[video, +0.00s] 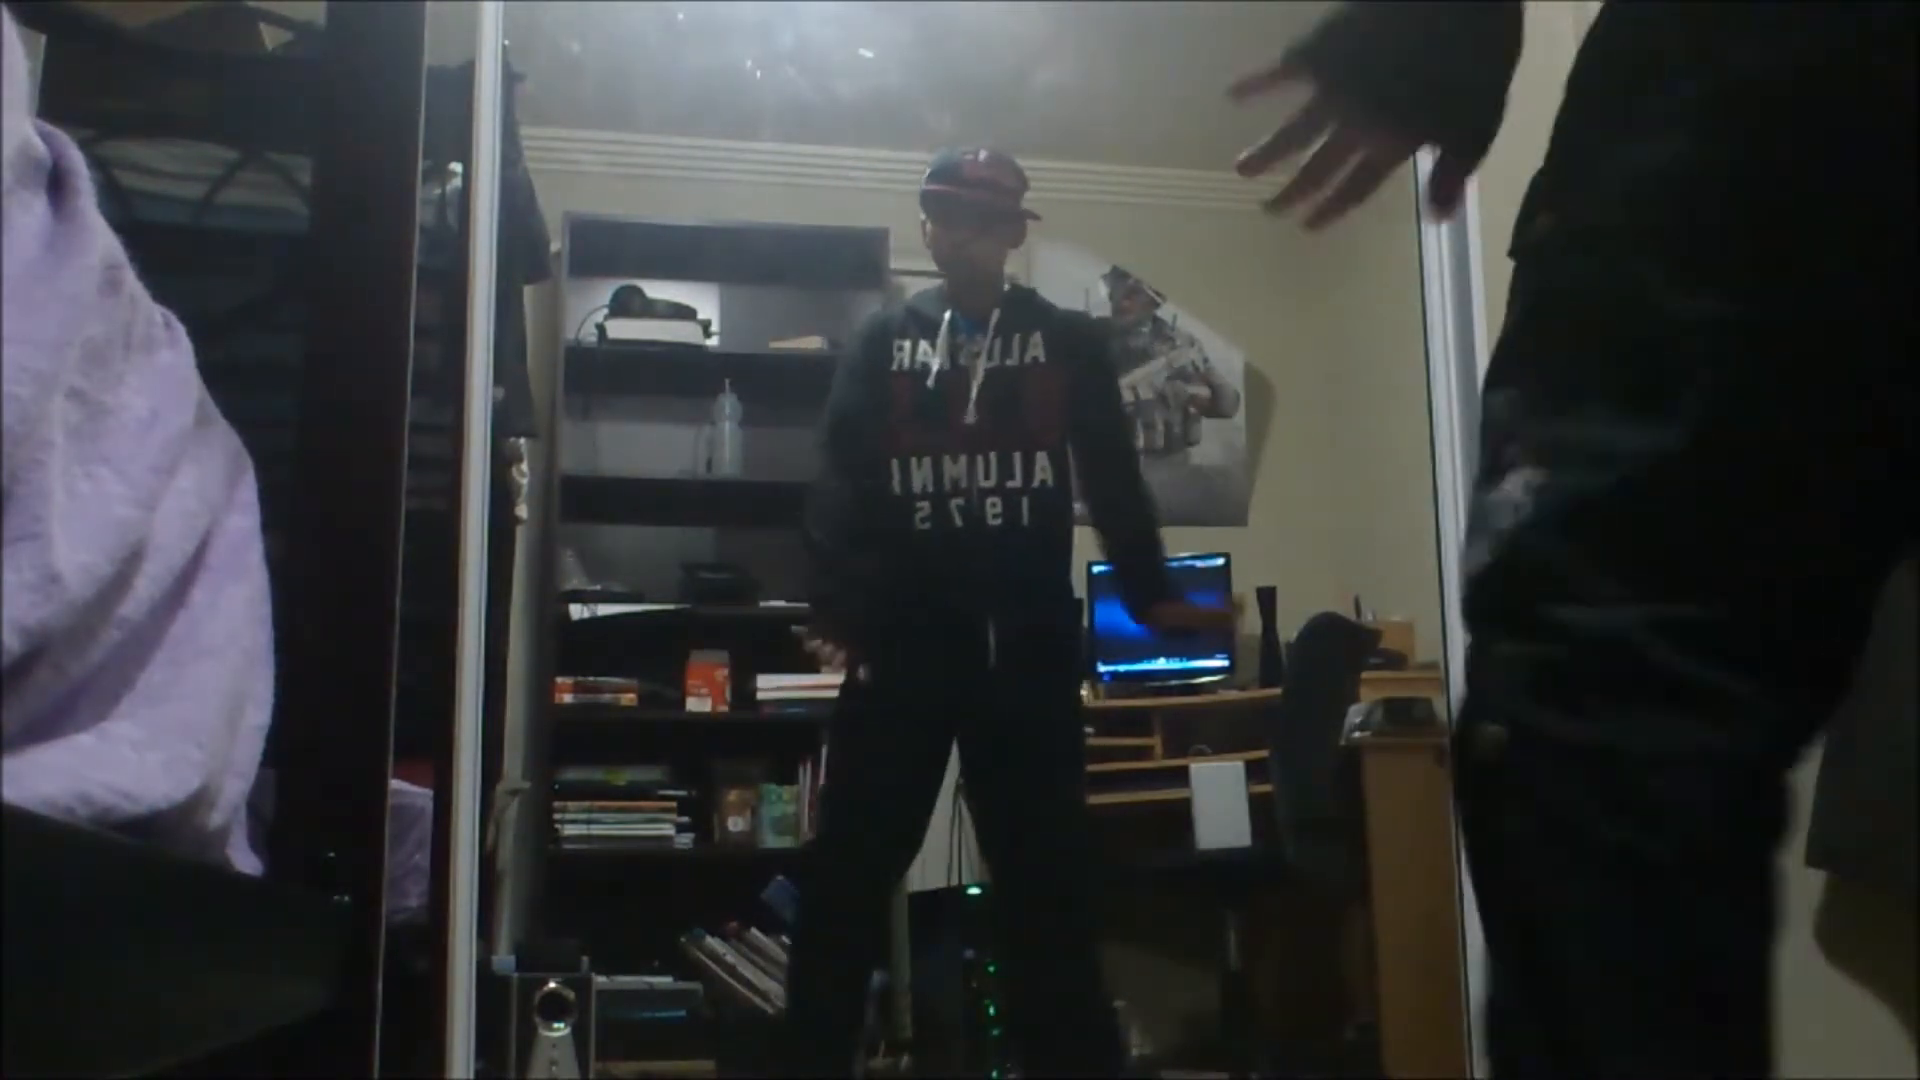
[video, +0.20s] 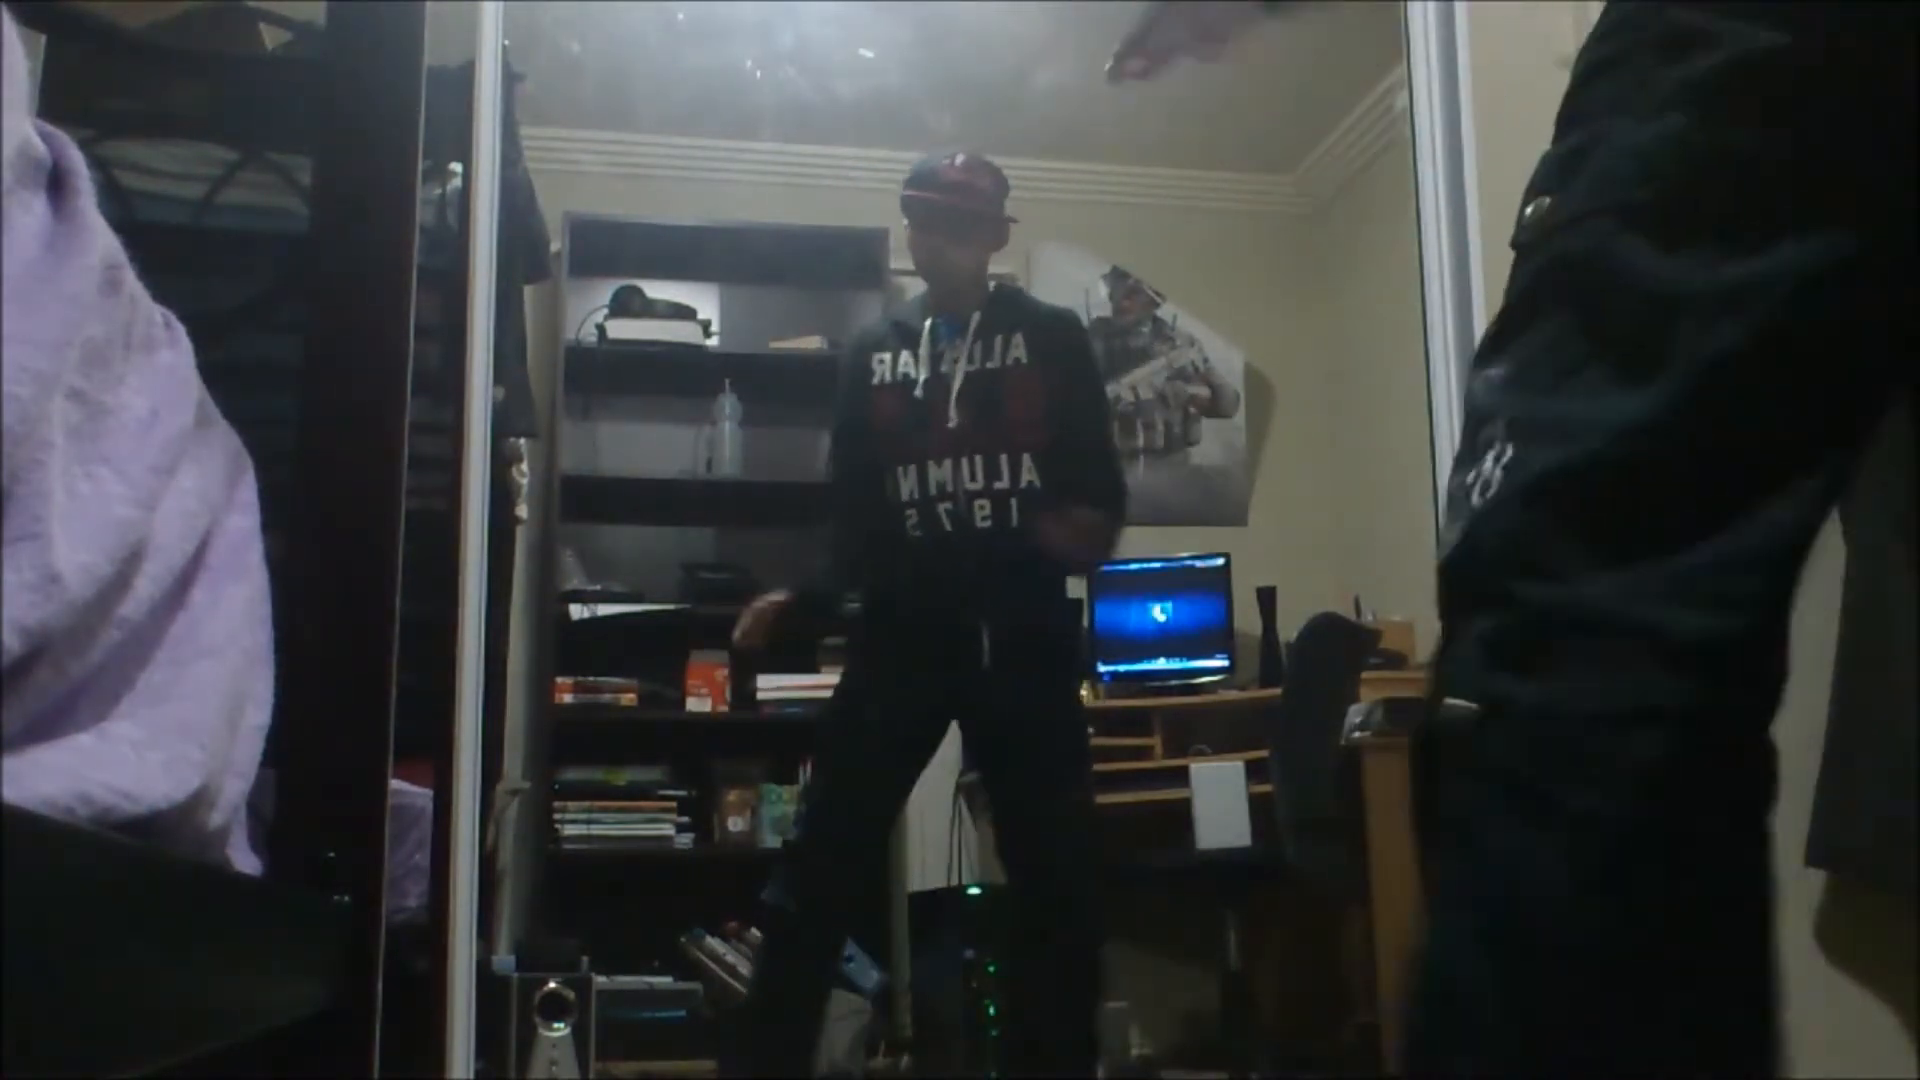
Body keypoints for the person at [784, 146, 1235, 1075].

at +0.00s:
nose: (973, 237)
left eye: (992, 220)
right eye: (956, 218)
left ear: (1021, 230)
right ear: (927, 226)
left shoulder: (1068, 340)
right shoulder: (881, 337)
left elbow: (1113, 481)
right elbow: (839, 480)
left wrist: (1156, 601)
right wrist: (836, 602)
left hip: (1027, 637)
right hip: (905, 634)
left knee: (1045, 868)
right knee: (850, 865)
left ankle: (1067, 1063)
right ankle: (814, 1062)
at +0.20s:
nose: (933, 239)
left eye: (957, 224)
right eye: (922, 222)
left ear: (996, 234)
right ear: (904, 230)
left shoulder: (1053, 339)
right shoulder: (873, 353)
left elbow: (1098, 493)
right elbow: (853, 523)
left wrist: (1087, 529)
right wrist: (800, 602)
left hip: (1022, 634)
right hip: (904, 634)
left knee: (1054, 869)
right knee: (828, 852)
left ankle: (1055, 1065)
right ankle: (767, 1063)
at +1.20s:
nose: (975, 239)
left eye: (988, 223)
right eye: (957, 218)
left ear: (997, 225)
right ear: (903, 213)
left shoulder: (1009, 339)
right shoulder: (829, 327)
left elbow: (1053, 481)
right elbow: (790, 479)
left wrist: (1088, 598)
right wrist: (895, 519)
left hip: (989, 637)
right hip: (869, 639)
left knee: (1048, 863)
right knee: (856, 880)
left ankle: (1091, 1063)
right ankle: (848, 1068)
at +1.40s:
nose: (1001, 238)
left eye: (1014, 221)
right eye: (983, 217)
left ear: (1027, 223)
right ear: (933, 212)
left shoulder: (1042, 337)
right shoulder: (862, 313)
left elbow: (1099, 470)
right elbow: (786, 424)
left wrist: (1152, 594)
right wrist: (919, 412)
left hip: (1005, 627)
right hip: (889, 623)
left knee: (1042, 867)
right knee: (867, 875)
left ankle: (1055, 1064)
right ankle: (850, 1065)